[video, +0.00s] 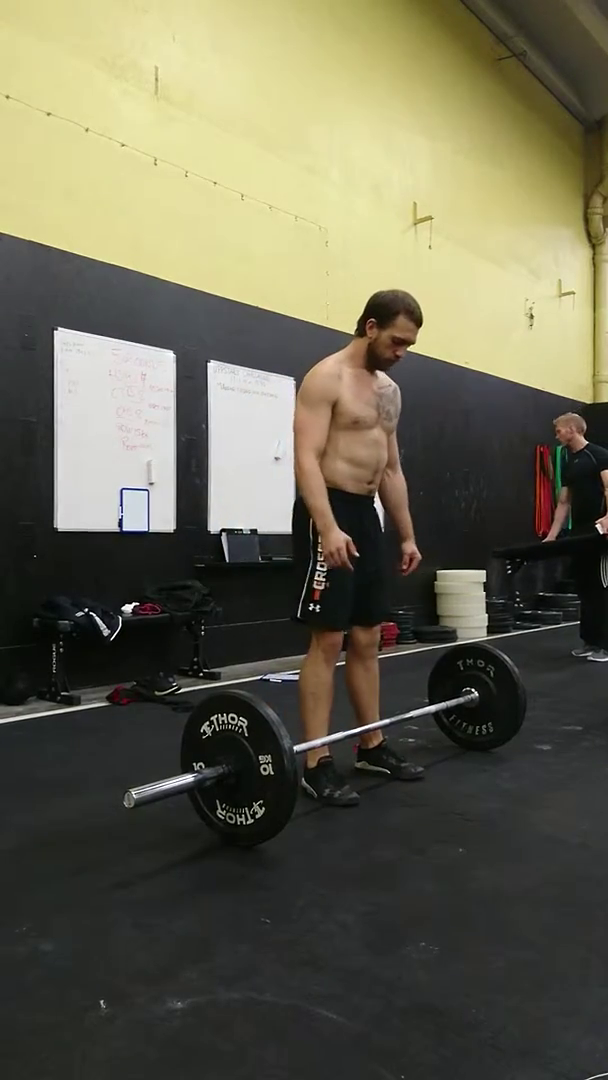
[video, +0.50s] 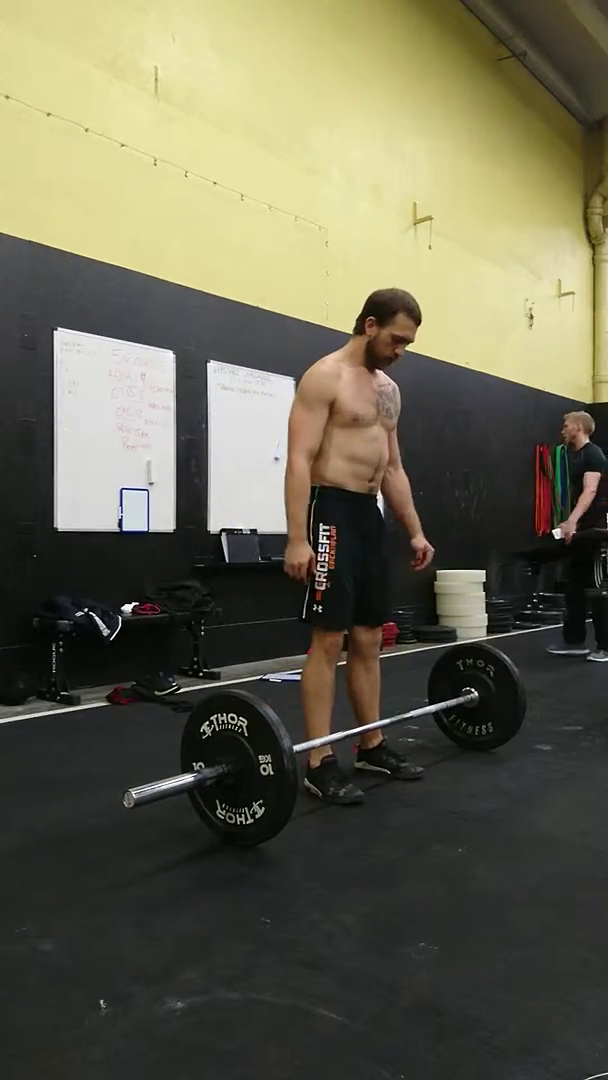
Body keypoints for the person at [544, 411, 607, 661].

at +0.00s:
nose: (556, 435)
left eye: (559, 430)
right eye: (555, 431)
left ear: (573, 430)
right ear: (567, 431)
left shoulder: (598, 455)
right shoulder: (569, 461)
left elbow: (607, 491)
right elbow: (564, 502)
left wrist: (605, 519)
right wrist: (551, 536)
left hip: (599, 532)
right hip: (580, 533)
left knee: (599, 587)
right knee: (586, 587)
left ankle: (603, 645)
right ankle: (591, 642)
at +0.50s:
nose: (562, 430)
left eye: (566, 426)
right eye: (563, 426)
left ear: (580, 429)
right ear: (577, 429)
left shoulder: (593, 453)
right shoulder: (571, 454)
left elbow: (590, 491)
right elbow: (573, 492)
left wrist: (572, 520)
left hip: (595, 530)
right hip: (579, 530)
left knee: (597, 587)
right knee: (574, 584)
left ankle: (603, 645)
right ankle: (574, 640)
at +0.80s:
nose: (552, 433)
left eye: (555, 429)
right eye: (553, 430)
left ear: (566, 433)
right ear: (569, 434)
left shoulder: (571, 455)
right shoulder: (572, 455)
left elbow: (558, 493)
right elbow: (560, 494)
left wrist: (534, 521)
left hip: (590, 521)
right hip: (580, 521)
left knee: (581, 580)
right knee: (571, 580)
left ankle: (602, 643)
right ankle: (571, 643)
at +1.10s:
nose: (533, 459)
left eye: (533, 456)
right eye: (533, 456)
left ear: (537, 454)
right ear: (553, 451)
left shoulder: (549, 468)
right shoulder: (568, 468)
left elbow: (532, 507)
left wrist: (514, 537)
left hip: (588, 521)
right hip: (594, 520)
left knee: (573, 579)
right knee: (576, 580)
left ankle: (576, 646)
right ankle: (571, 642)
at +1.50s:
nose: (524, 496)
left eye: (523, 493)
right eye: (523, 494)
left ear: (524, 491)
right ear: (540, 484)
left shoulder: (532, 500)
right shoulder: (556, 494)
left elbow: (518, 539)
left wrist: (503, 571)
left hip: (590, 528)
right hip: (600, 524)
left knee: (568, 583)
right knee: (580, 585)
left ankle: (577, 648)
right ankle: (570, 642)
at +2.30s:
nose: (508, 505)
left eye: (508, 500)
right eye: (506, 502)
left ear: (519, 493)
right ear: (522, 492)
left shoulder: (530, 504)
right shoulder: (541, 499)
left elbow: (520, 546)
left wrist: (504, 578)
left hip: (590, 527)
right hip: (599, 525)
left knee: (569, 585)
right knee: (580, 586)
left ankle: (578, 648)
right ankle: (569, 642)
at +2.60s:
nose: (510, 471)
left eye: (512, 465)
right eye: (506, 469)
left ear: (524, 462)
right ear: (507, 471)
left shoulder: (538, 479)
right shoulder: (541, 481)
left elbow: (549, 520)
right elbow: (563, 525)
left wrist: (534, 553)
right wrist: (557, 555)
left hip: (592, 524)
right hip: (583, 527)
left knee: (574, 581)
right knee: (568, 580)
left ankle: (580, 646)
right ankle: (569, 640)